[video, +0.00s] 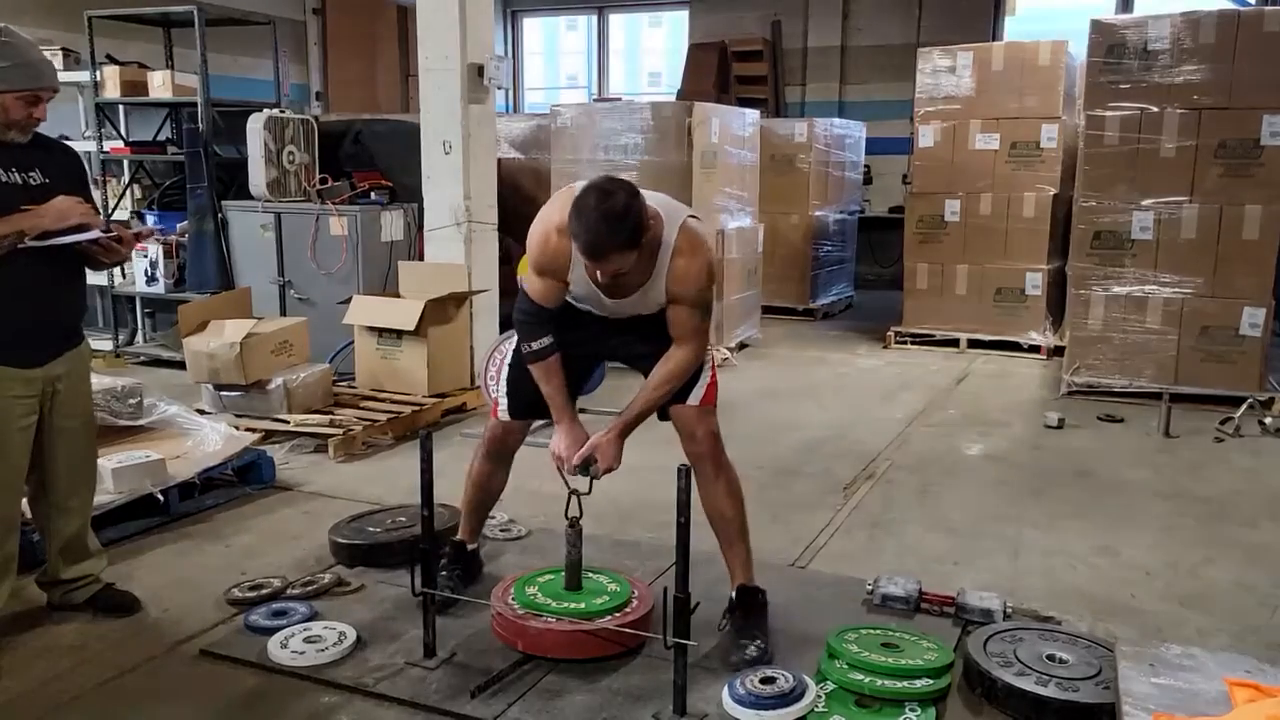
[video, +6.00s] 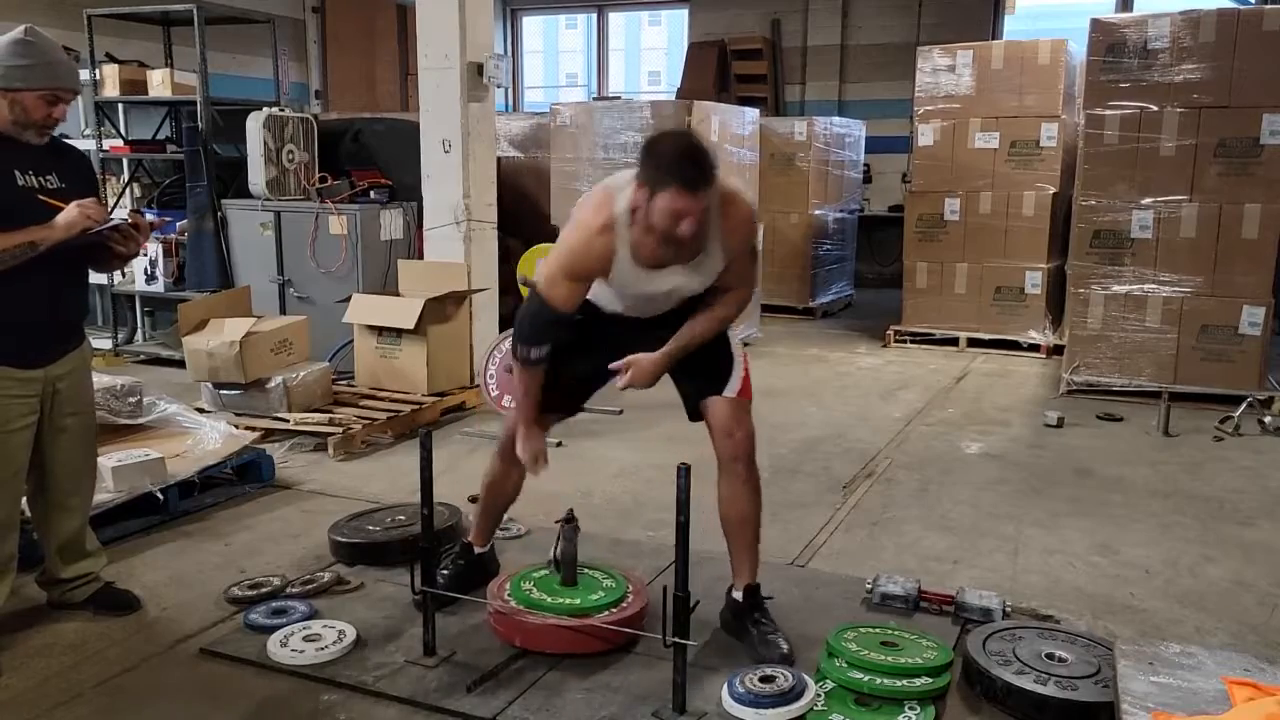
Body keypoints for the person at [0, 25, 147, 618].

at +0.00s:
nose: (40, 111)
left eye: (45, 100)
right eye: (29, 100)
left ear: (46, 96)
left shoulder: (62, 159)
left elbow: (85, 245)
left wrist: (110, 252)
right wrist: (38, 218)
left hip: (65, 350)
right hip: (6, 359)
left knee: (70, 476)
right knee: (7, 491)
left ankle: (74, 582)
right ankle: (3, 599)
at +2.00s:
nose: (35, 107)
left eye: (41, 95)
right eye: (25, 95)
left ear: (45, 92)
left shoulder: (57, 156)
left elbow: (83, 246)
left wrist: (107, 249)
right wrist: (37, 216)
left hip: (64, 346)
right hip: (5, 354)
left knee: (70, 473)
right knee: (7, 488)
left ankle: (75, 580)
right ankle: (1, 599)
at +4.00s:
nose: (38, 108)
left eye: (44, 96)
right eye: (28, 96)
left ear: (47, 92)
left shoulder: (59, 156)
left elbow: (84, 245)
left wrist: (109, 249)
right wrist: (38, 217)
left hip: (64, 346)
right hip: (5, 355)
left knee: (69, 474)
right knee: (6, 490)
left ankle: (74, 580)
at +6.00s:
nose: (61, 113)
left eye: (67, 101)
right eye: (51, 100)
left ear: (67, 98)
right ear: (11, 94)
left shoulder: (72, 161)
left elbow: (85, 253)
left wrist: (120, 251)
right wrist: (51, 231)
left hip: (67, 352)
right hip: (7, 361)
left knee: (69, 476)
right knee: (7, 492)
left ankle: (73, 581)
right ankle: (1, 598)